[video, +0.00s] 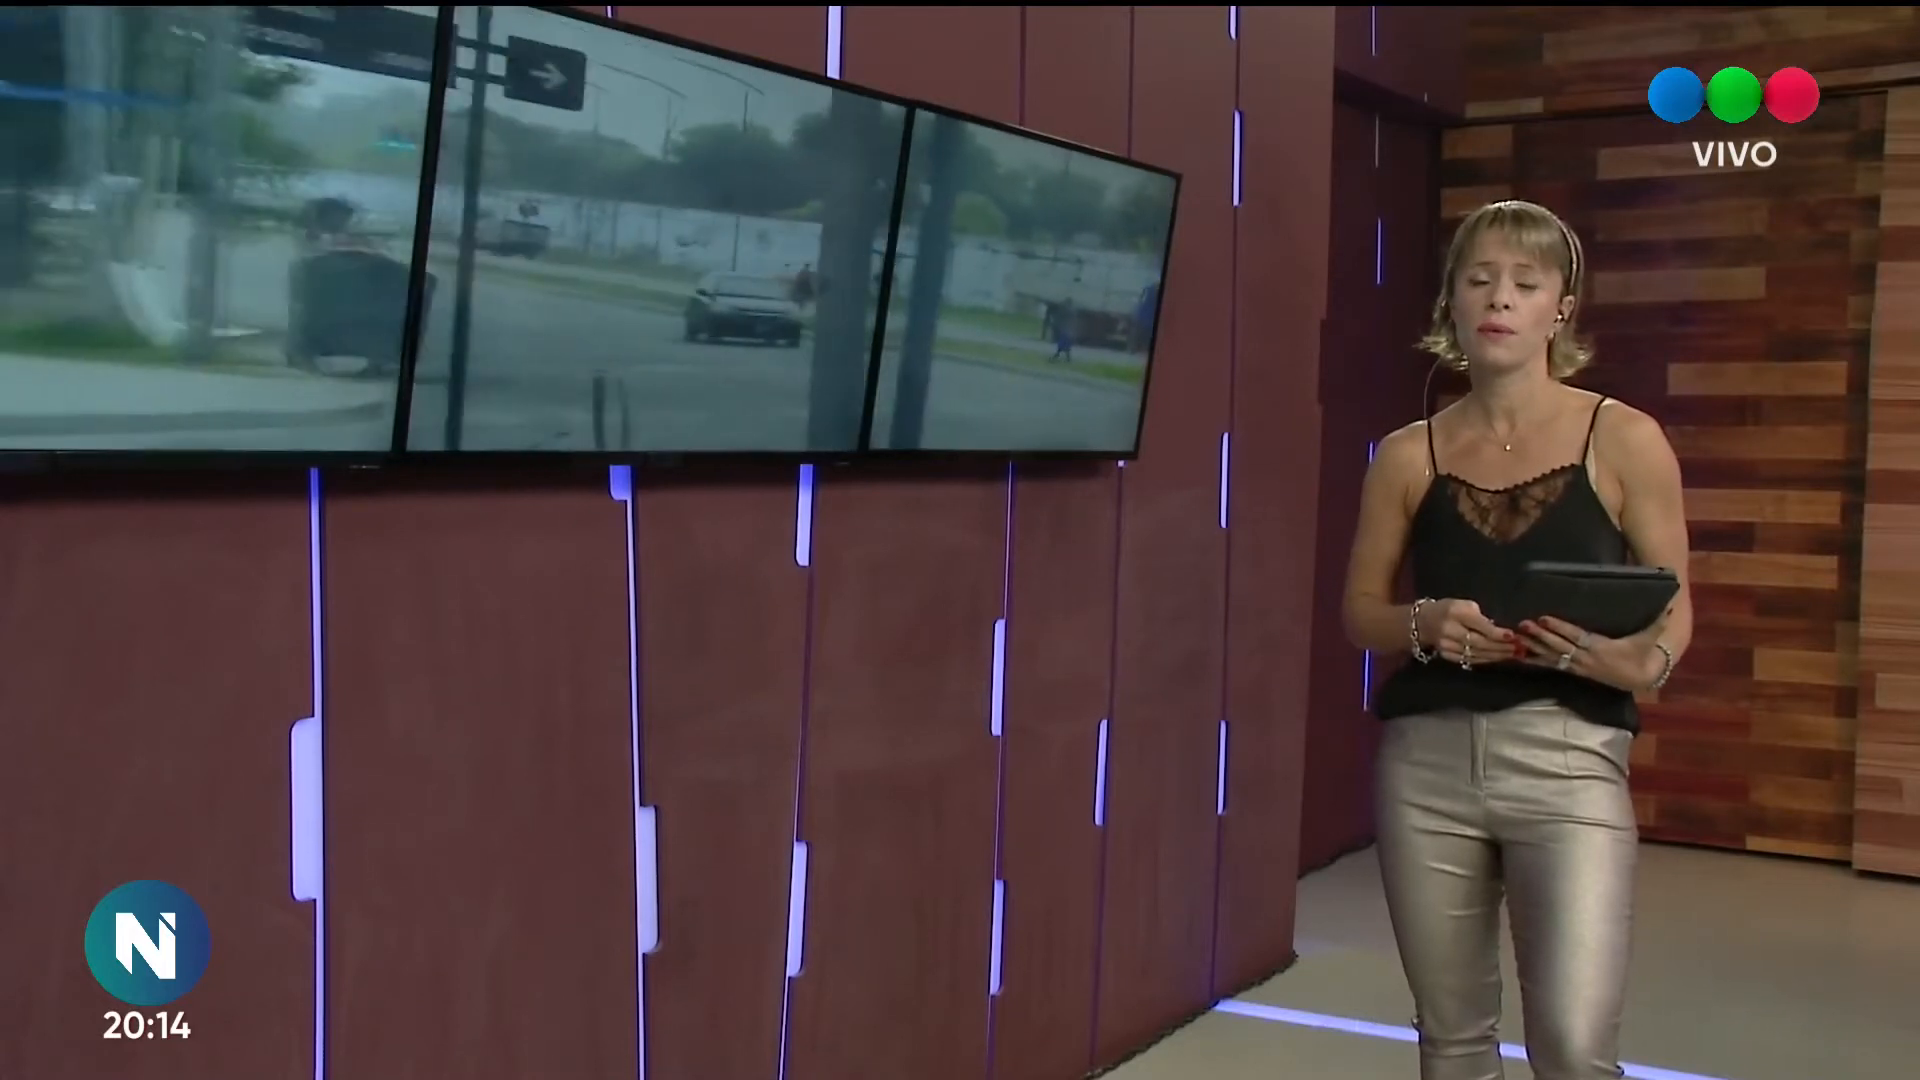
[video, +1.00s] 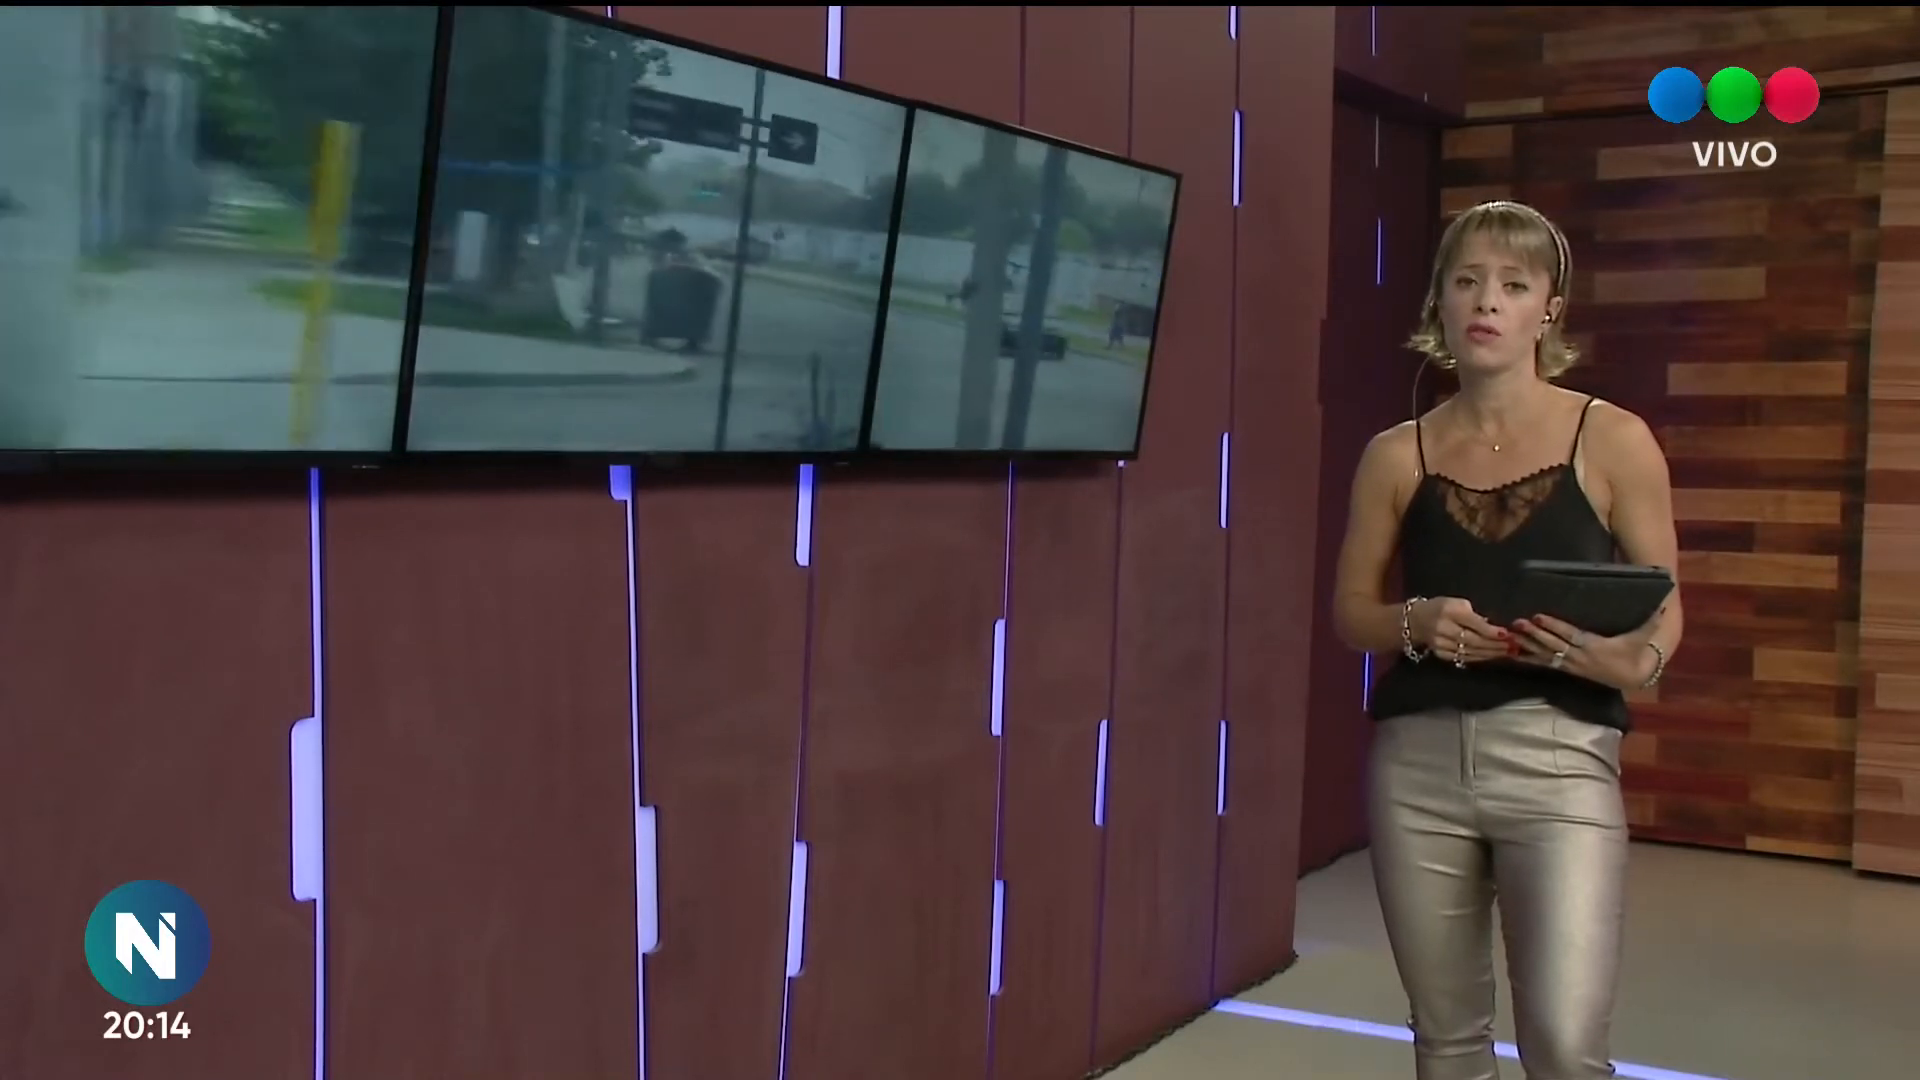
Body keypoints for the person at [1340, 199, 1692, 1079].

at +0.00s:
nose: (1496, 296)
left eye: (1523, 280)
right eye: (1477, 278)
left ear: (1560, 310)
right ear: (1451, 304)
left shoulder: (1626, 441)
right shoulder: (1406, 457)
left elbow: (1672, 609)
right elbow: (1360, 613)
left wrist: (1632, 665)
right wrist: (1421, 624)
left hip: (1570, 771)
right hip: (1426, 771)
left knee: (1573, 1051)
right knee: (1452, 1042)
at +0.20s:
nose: (1494, 298)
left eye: (1521, 282)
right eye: (1476, 279)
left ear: (1559, 310)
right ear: (1449, 303)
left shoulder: (1624, 442)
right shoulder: (1404, 458)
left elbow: (1671, 607)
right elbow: (1359, 613)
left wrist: (1636, 666)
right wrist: (1420, 623)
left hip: (1568, 770)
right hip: (1425, 770)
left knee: (1571, 1052)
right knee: (1451, 1042)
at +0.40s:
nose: (1492, 299)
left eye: (1518, 283)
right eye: (1474, 280)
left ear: (1556, 309)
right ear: (1448, 303)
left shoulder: (1622, 442)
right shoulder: (1403, 457)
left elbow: (1672, 606)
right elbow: (1358, 612)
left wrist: (1638, 665)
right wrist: (1421, 622)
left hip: (1565, 769)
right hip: (1422, 770)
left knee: (1569, 1052)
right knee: (1450, 1044)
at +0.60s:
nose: (1490, 300)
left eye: (1516, 283)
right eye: (1471, 281)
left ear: (1553, 309)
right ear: (1445, 304)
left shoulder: (1619, 442)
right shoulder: (1399, 457)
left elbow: (1668, 606)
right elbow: (1356, 612)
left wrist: (1637, 666)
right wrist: (1419, 622)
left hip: (1564, 769)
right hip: (1420, 770)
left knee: (1568, 1052)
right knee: (1448, 1043)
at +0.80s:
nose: (1487, 300)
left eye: (1513, 283)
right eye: (1468, 280)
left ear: (1550, 310)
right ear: (1442, 303)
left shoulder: (1616, 442)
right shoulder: (1397, 457)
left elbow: (1665, 603)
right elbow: (1352, 612)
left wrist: (1633, 665)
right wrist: (1416, 622)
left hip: (1562, 769)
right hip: (1418, 770)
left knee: (1566, 1052)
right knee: (1447, 1045)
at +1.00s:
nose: (1485, 300)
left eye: (1511, 284)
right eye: (1466, 280)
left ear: (1548, 310)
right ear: (1439, 303)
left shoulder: (1614, 442)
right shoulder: (1396, 456)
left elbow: (1662, 603)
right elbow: (1351, 612)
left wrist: (1632, 665)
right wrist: (1414, 621)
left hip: (1559, 767)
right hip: (1416, 769)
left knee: (1564, 1051)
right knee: (1446, 1043)